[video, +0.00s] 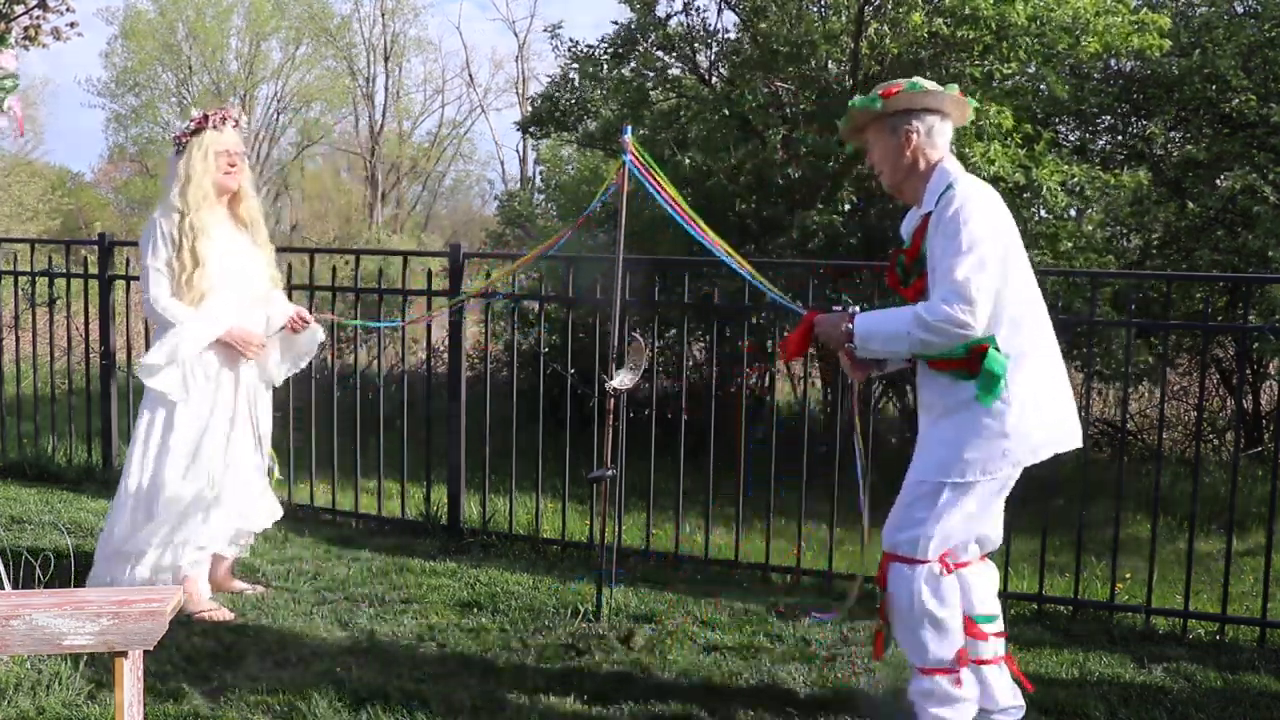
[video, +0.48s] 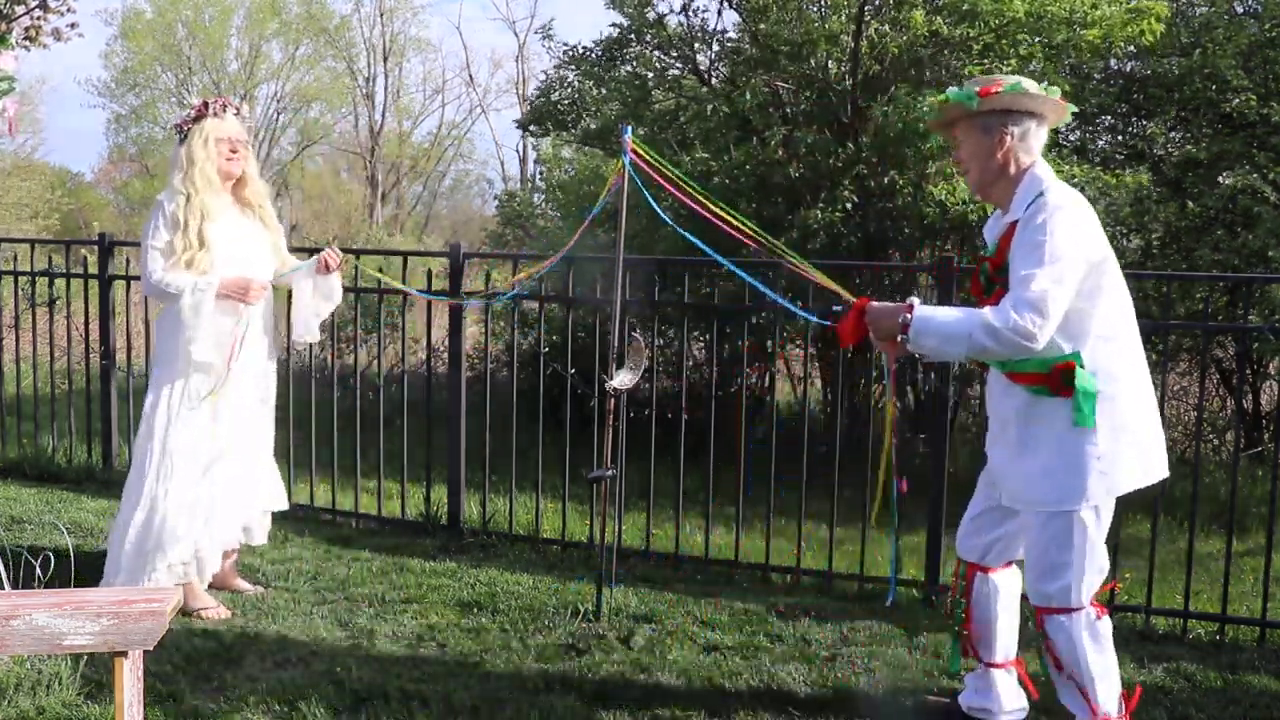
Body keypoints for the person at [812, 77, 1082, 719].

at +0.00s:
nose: (867, 165)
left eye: (871, 148)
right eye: (864, 151)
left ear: (913, 140)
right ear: (917, 143)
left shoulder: (964, 205)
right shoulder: (940, 211)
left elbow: (962, 316)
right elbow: (950, 327)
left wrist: (856, 328)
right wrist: (878, 353)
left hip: (982, 414)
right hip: (980, 414)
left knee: (914, 547)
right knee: (962, 551)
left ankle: (942, 701)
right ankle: (994, 696)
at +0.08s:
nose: (884, 159)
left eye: (889, 142)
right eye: (882, 146)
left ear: (933, 135)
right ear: (933, 137)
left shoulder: (981, 201)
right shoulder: (950, 210)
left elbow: (971, 313)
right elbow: (956, 321)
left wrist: (861, 318)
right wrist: (881, 343)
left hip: (997, 410)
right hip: (971, 410)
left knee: (943, 546)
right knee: (940, 545)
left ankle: (999, 698)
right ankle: (990, 686)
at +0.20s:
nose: (908, 153)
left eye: (914, 137)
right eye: (905, 140)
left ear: (958, 129)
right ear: (952, 132)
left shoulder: (1002, 199)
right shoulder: (970, 206)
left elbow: (984, 309)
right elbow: (964, 315)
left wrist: (875, 302)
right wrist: (881, 324)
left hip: (1021, 413)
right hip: (985, 414)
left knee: (984, 553)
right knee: (971, 553)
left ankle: (1066, 701)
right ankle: (990, 700)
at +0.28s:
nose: (922, 151)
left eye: (928, 135)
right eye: (921, 138)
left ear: (973, 131)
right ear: (968, 134)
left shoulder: (1017, 202)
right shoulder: (982, 208)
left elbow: (994, 311)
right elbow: (971, 317)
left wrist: (885, 301)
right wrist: (889, 317)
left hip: (1033, 424)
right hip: (991, 425)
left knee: (1022, 566)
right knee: (977, 557)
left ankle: (1089, 702)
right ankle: (990, 695)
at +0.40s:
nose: (943, 156)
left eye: (949, 140)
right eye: (942, 142)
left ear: (994, 139)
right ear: (990, 141)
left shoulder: (1040, 212)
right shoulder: (997, 217)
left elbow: (1011, 321)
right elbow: (983, 324)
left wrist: (900, 312)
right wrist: (895, 317)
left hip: (1061, 437)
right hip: (1011, 434)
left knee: (1063, 587)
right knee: (979, 554)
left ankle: (1100, 710)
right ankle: (991, 701)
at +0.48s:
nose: (954, 163)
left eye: (959, 147)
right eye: (952, 150)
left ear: (1005, 143)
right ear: (999, 145)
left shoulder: (1056, 215)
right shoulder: (1010, 222)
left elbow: (1027, 326)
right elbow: (1003, 332)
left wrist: (911, 321)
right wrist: (911, 334)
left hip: (1075, 444)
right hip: (1024, 440)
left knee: (1063, 594)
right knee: (983, 557)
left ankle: (1101, 711)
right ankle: (992, 701)